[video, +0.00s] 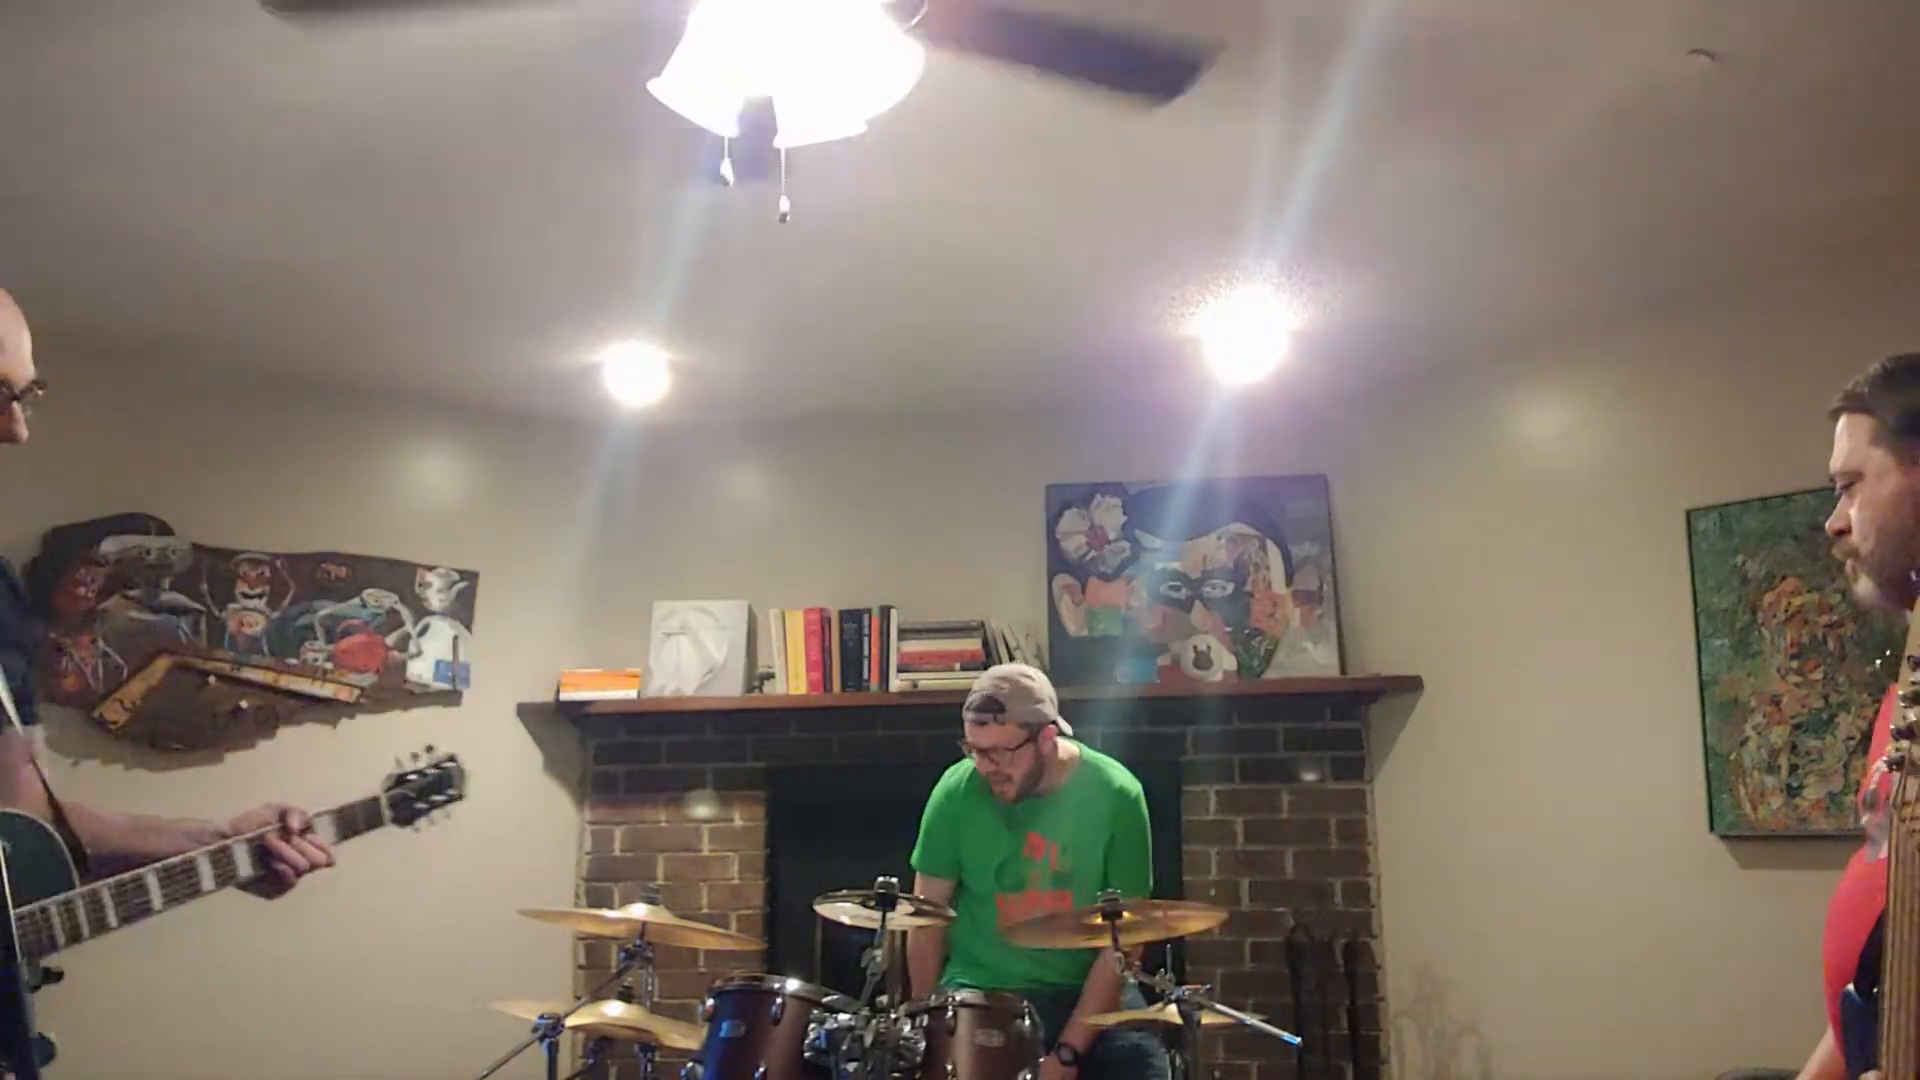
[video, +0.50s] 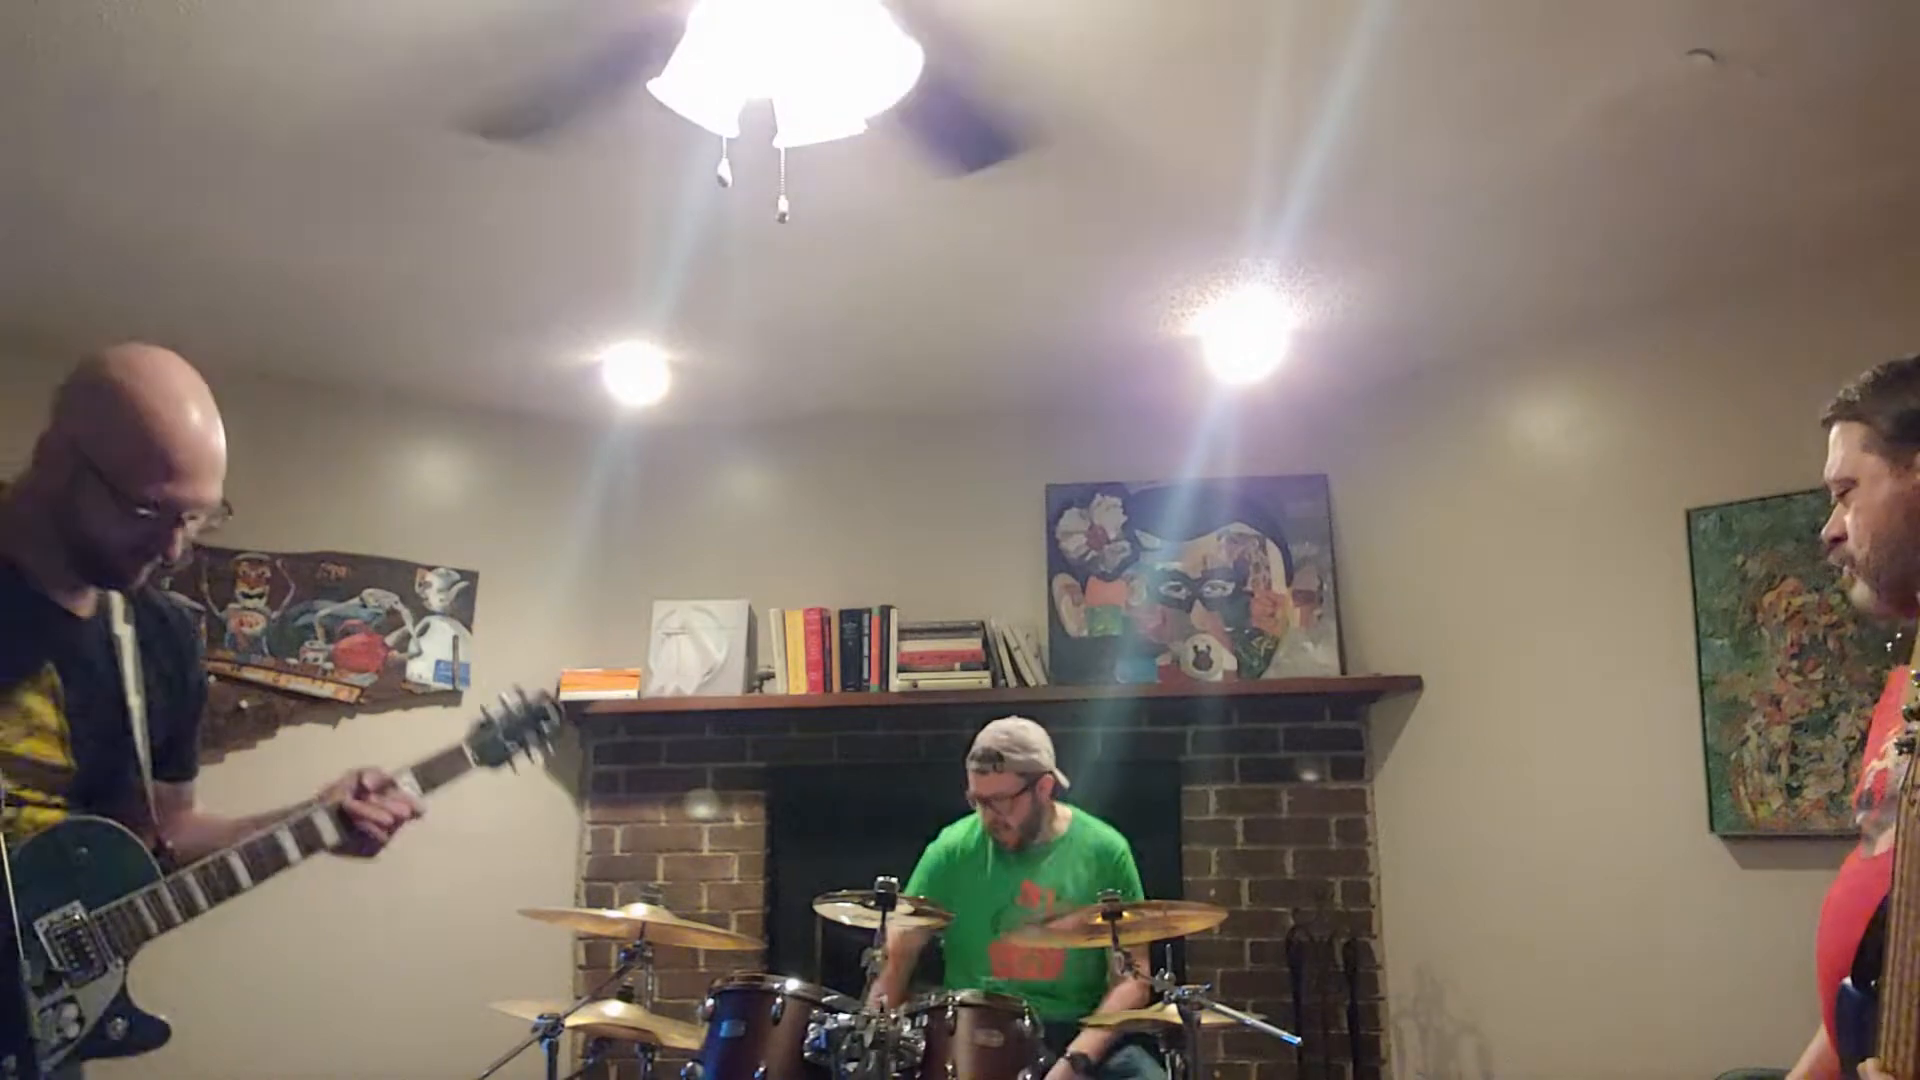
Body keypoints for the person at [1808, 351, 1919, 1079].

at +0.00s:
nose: (1835, 521)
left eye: (1852, 484)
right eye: (1838, 491)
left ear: (1918, 476)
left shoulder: (1907, 686)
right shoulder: (1902, 686)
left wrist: (1835, 1063)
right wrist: (1826, 1060)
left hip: (1892, 1050)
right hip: (1866, 1043)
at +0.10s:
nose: (1833, 523)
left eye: (1850, 486)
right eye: (1836, 493)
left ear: (1918, 476)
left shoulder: (1914, 650)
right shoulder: (1910, 653)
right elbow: (1887, 871)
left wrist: (1847, 1055)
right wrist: (1831, 1052)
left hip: (1895, 1044)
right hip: (1867, 1034)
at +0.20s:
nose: (1831, 525)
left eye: (1847, 488)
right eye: (1833, 495)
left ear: (1916, 478)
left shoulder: (1911, 649)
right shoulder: (1907, 648)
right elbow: (1884, 871)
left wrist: (1881, 1061)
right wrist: (1829, 1052)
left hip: (1893, 1046)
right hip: (1867, 1036)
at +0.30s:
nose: (1830, 529)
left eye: (1847, 490)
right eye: (1832, 498)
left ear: (1916, 476)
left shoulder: (1912, 658)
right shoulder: (1906, 661)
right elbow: (1882, 867)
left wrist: (1881, 1058)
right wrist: (1827, 1052)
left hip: (1900, 1048)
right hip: (1869, 1036)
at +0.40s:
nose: (1828, 531)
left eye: (1846, 492)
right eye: (1831, 500)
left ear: (1915, 475)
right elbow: (1881, 894)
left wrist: (1873, 1059)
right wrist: (1817, 1061)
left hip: (1898, 1047)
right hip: (1864, 1038)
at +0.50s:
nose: (1830, 532)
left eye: (1847, 492)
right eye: (1832, 500)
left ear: (1914, 477)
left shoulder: (1906, 685)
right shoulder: (1901, 686)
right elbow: (1883, 916)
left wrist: (1829, 1061)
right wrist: (1815, 1062)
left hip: (1898, 1050)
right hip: (1861, 1045)